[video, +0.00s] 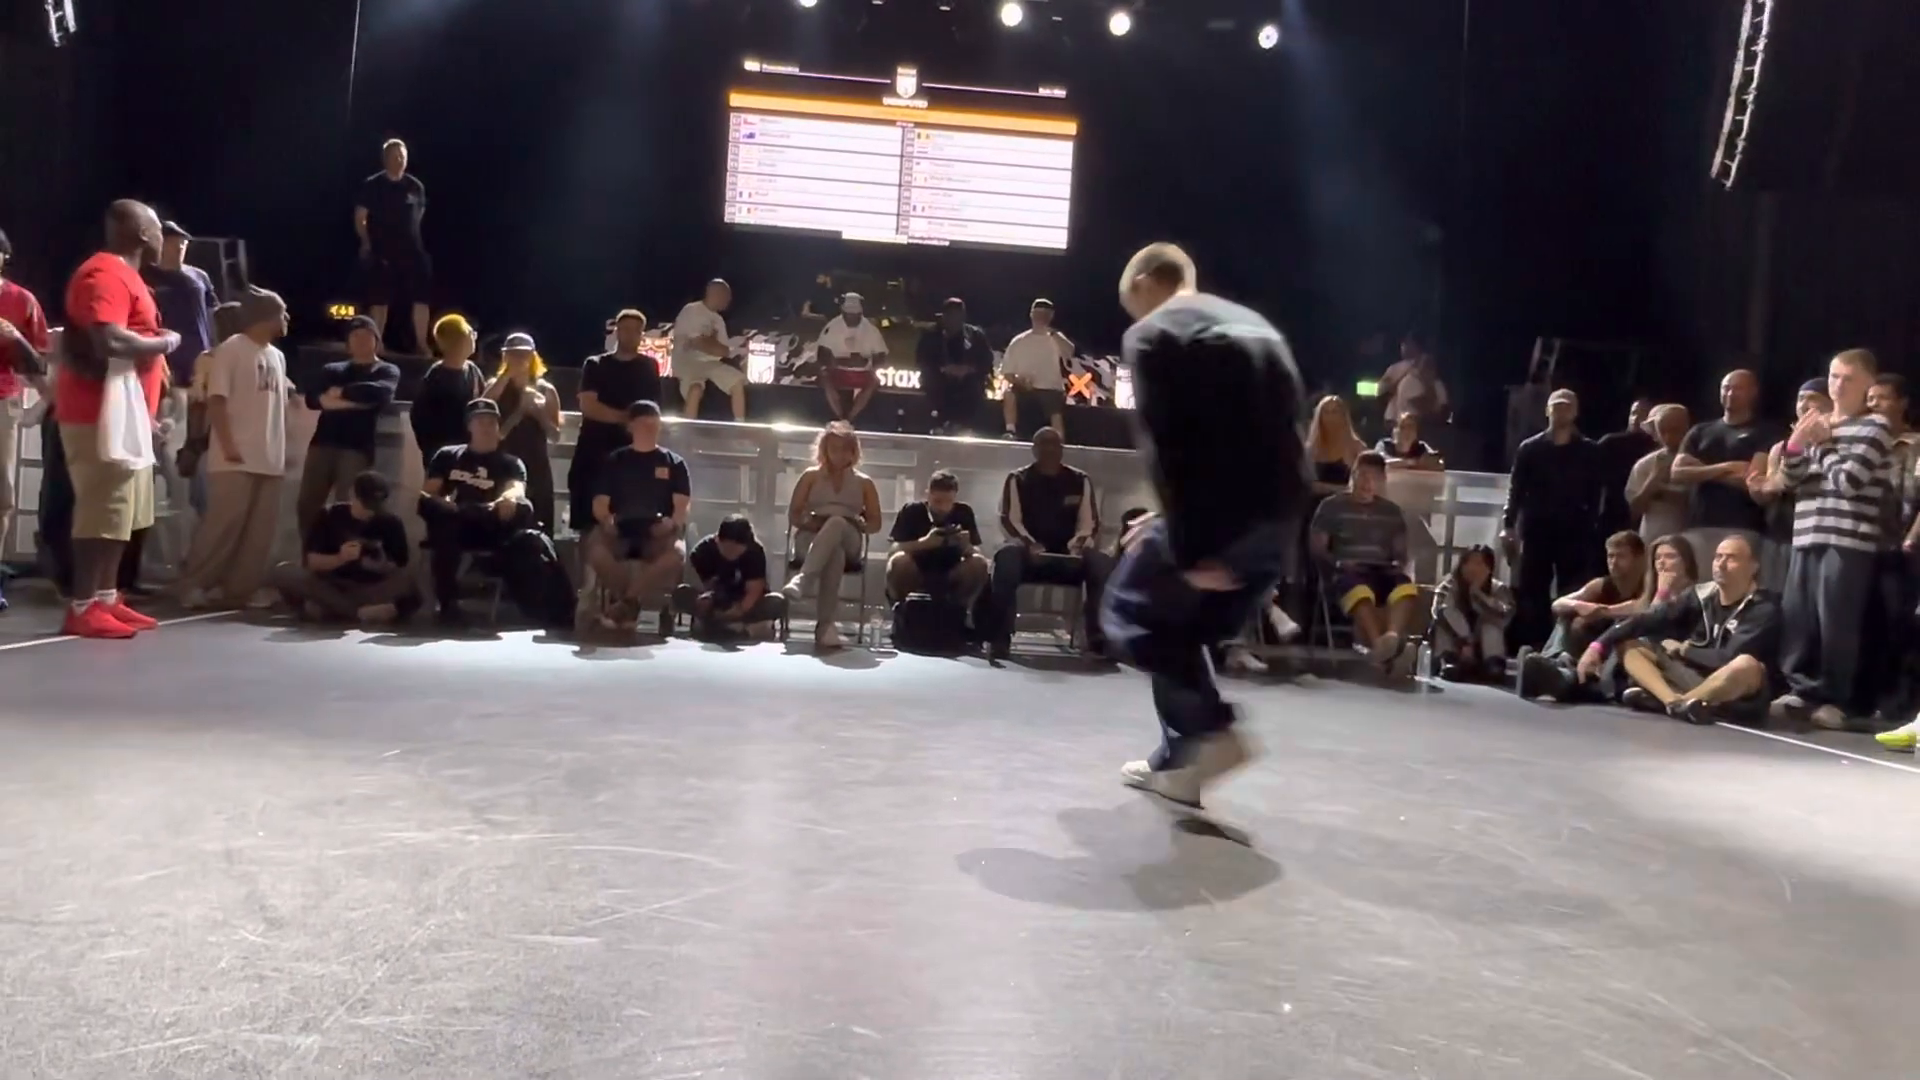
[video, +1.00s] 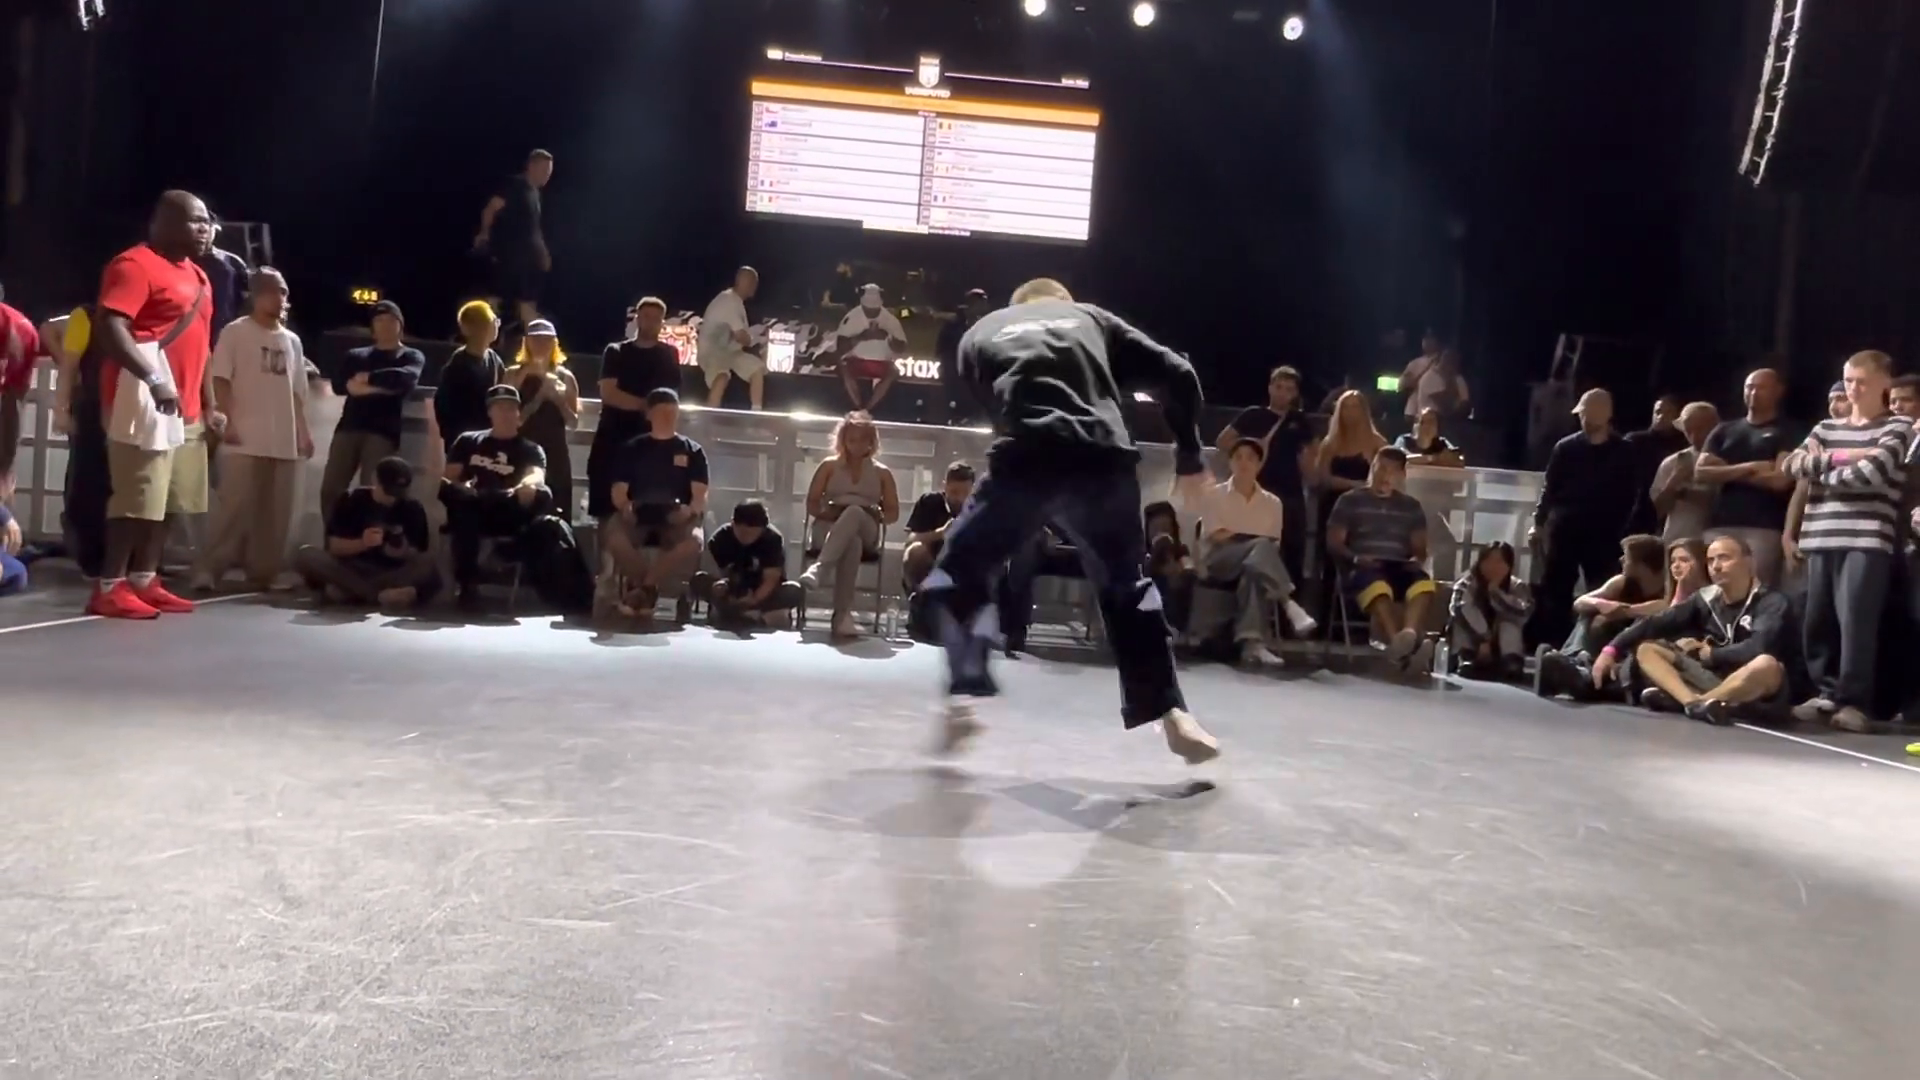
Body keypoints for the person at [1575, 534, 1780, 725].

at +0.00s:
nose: (1719, 564)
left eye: (1730, 559)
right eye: (1717, 558)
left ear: (1753, 568)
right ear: (1713, 562)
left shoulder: (1765, 608)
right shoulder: (1701, 594)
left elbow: (1727, 659)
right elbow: (1651, 620)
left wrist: (1681, 649)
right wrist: (1599, 646)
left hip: (1739, 695)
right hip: (1696, 681)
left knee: (1747, 666)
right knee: (1630, 648)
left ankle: (1681, 703)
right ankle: (1673, 703)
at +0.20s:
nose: (1719, 565)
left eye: (1729, 558)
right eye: (1716, 558)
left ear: (1753, 565)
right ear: (1711, 563)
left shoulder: (1770, 607)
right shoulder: (1705, 596)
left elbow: (1737, 657)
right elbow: (1656, 620)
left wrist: (1691, 648)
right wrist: (1604, 647)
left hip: (1748, 696)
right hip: (1705, 683)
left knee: (1753, 665)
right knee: (1637, 649)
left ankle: (1687, 703)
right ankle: (1679, 703)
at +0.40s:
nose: (1714, 565)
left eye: (1723, 558)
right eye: (1711, 559)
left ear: (1748, 563)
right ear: (1707, 564)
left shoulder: (1770, 606)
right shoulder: (1702, 599)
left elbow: (1742, 654)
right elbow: (1654, 623)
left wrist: (1698, 646)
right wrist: (1605, 647)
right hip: (1704, 680)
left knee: (1757, 665)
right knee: (1639, 652)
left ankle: (1688, 703)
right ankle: (1681, 700)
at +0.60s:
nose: (1713, 567)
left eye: (1722, 559)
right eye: (1710, 560)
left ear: (1747, 562)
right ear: (1705, 566)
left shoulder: (1770, 605)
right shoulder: (1704, 598)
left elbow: (1740, 653)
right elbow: (1659, 621)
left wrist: (1697, 644)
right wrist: (1607, 648)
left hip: (1756, 691)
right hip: (1710, 680)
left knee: (1760, 666)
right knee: (1640, 652)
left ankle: (1693, 703)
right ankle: (1685, 703)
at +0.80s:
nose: (1714, 567)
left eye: (1723, 559)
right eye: (1711, 561)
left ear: (1748, 562)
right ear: (1707, 567)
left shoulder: (1773, 604)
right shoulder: (1706, 599)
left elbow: (1747, 652)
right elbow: (1659, 623)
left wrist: (1704, 646)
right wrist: (1611, 650)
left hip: (1760, 693)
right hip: (1715, 681)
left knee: (1764, 666)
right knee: (1644, 652)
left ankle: (1697, 703)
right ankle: (1690, 703)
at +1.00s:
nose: (1715, 567)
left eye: (1724, 559)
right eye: (1711, 561)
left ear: (1748, 562)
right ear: (1707, 567)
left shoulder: (1772, 602)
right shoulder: (1705, 598)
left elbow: (1758, 648)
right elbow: (1659, 623)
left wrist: (1710, 654)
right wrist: (1612, 651)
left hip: (1762, 692)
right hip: (1716, 682)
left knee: (1766, 665)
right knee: (1646, 650)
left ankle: (1696, 703)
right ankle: (1694, 704)